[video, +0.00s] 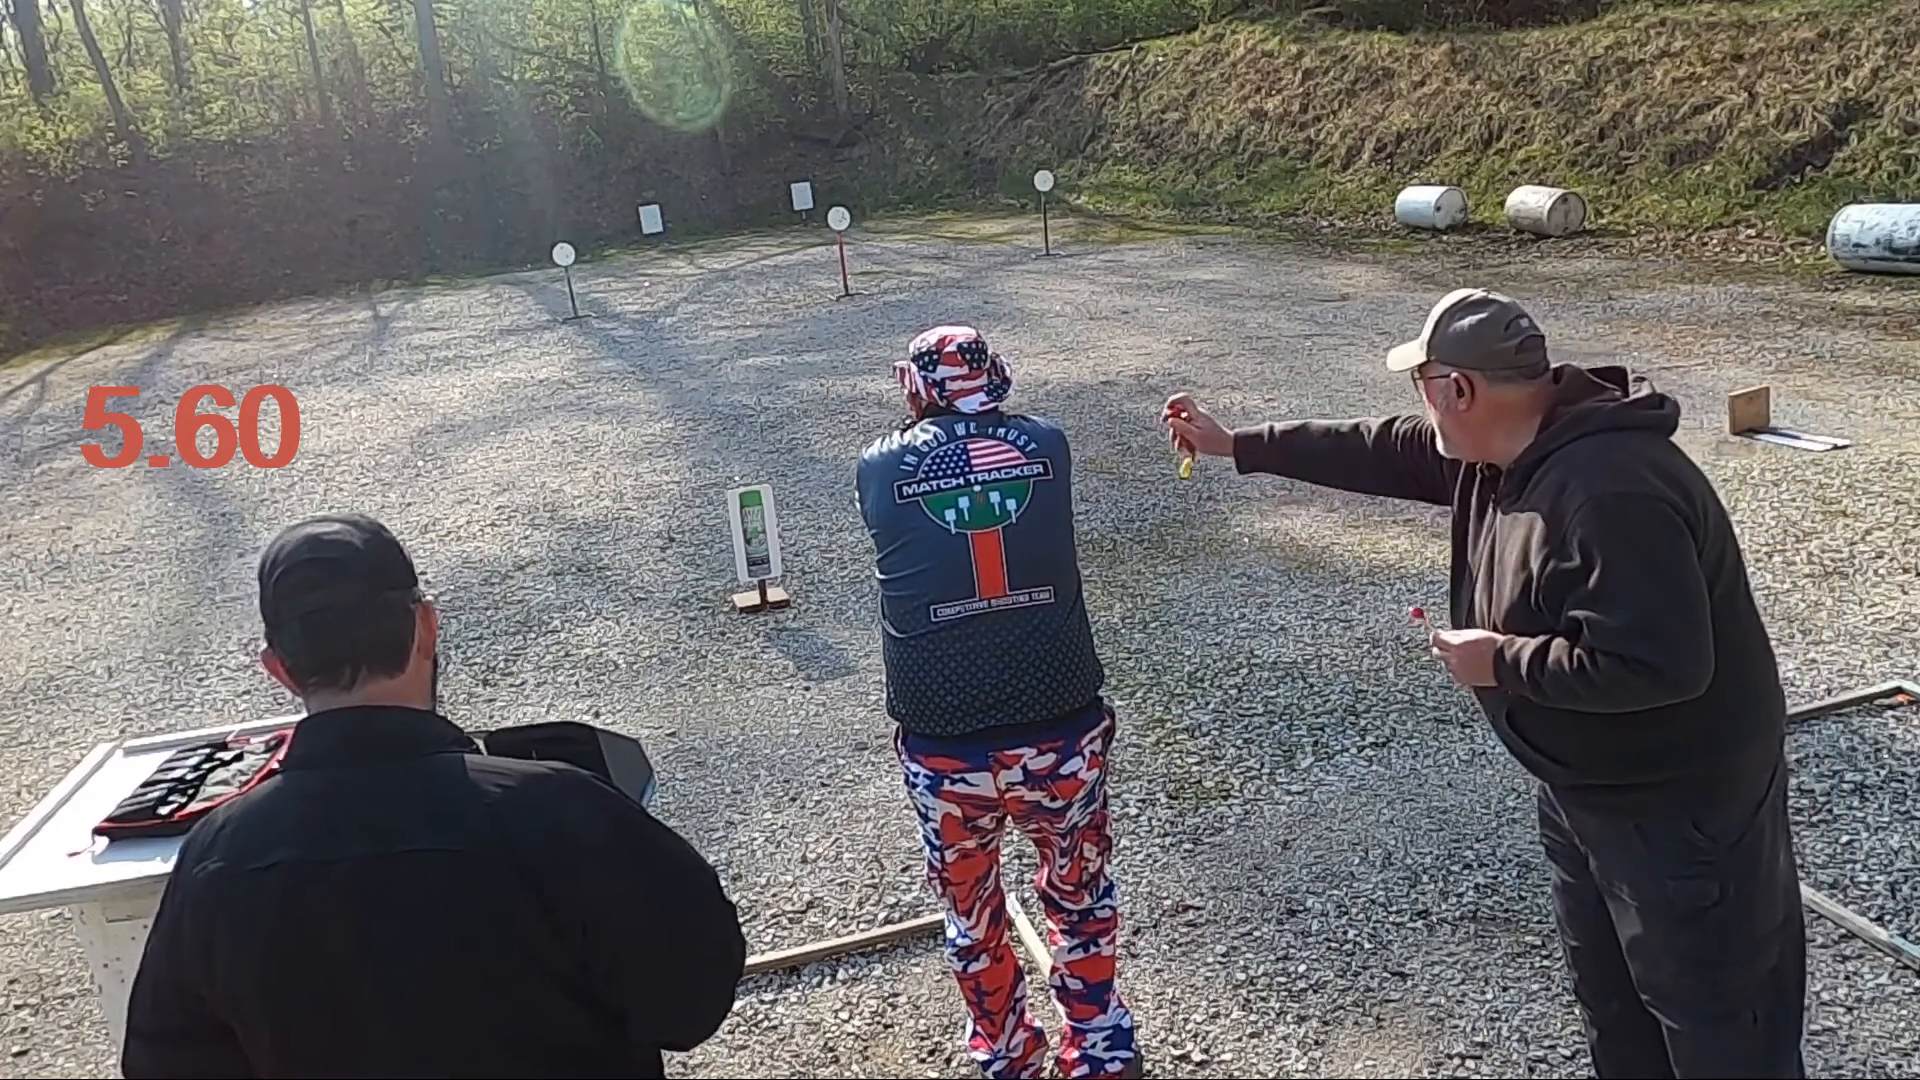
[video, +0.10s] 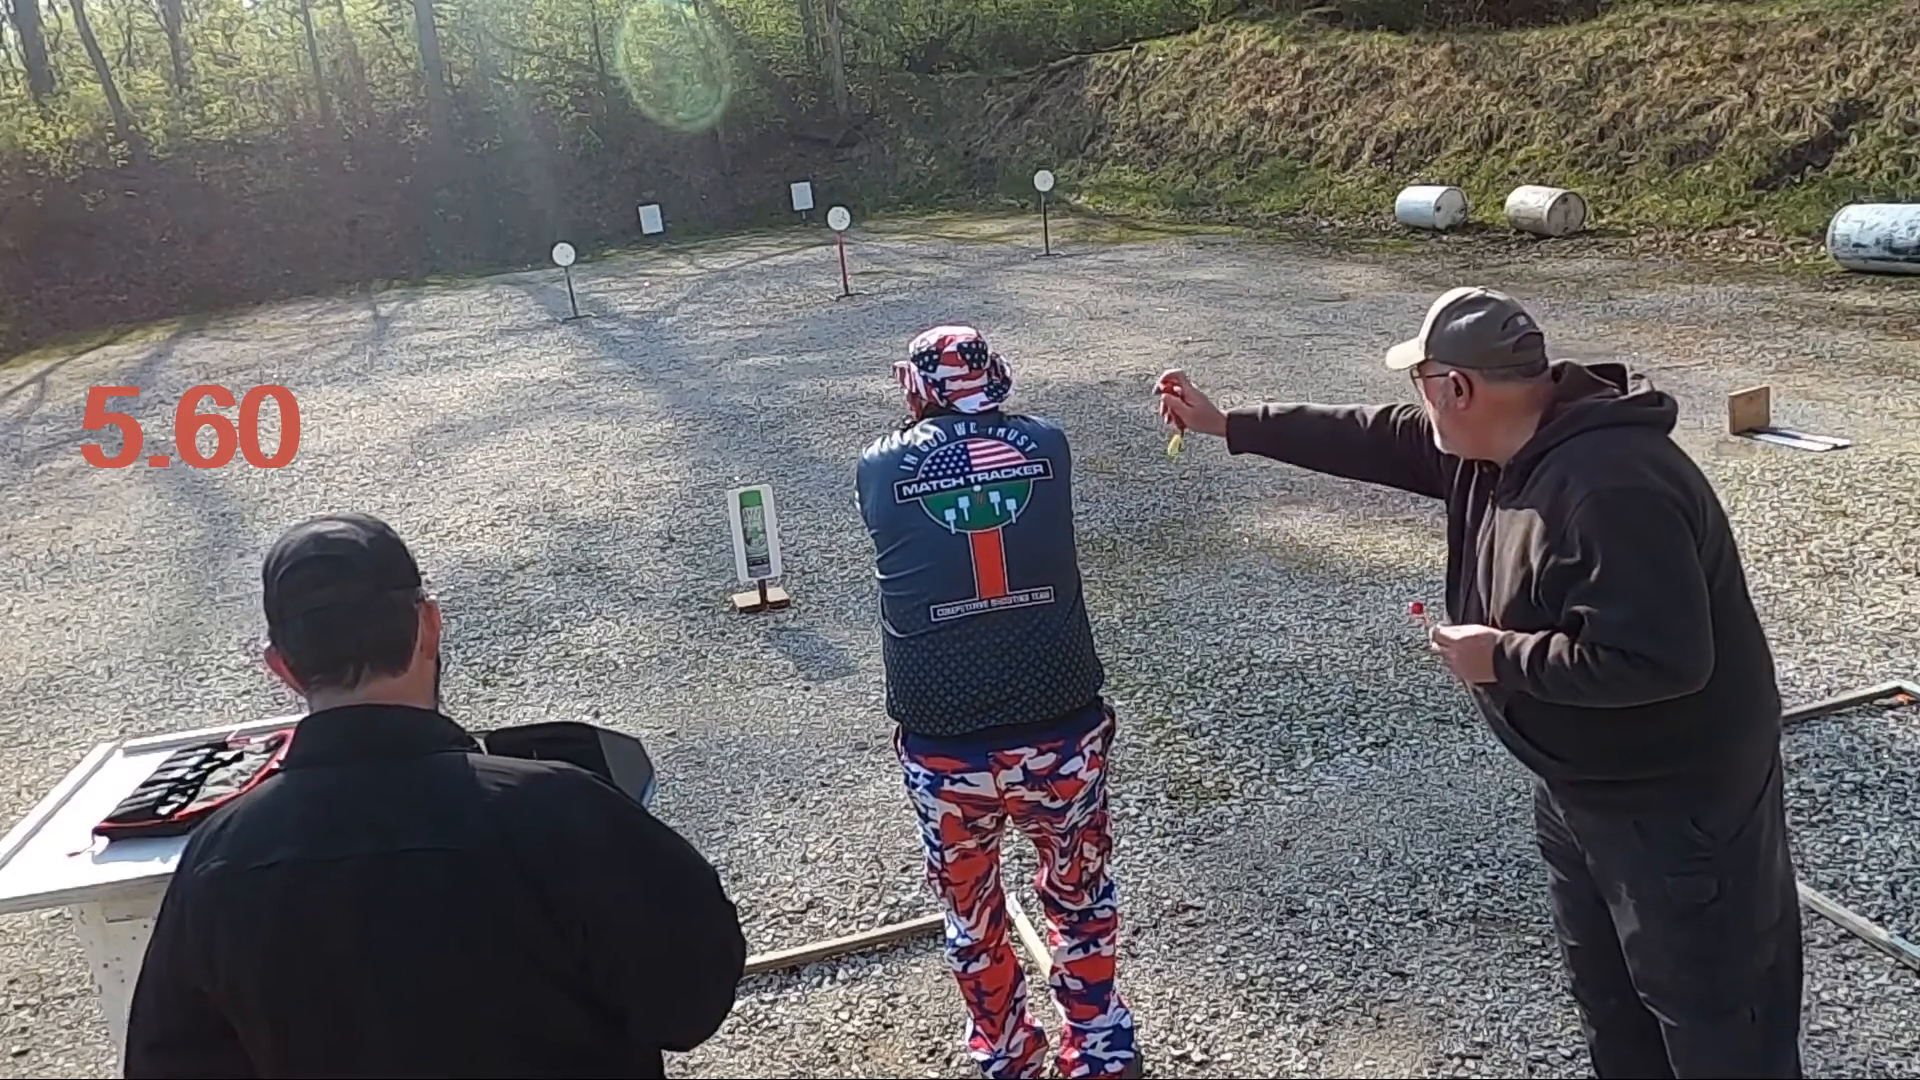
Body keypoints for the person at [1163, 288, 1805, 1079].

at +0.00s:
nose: (1422, 404)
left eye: (1424, 388)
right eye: (1422, 388)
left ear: (1462, 391)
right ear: (1484, 387)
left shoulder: (1612, 492)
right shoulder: (1502, 454)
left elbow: (1664, 666)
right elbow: (1381, 451)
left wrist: (1503, 660)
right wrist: (1233, 444)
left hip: (1687, 812)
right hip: (1589, 796)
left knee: (1723, 1042)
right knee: (1622, 1027)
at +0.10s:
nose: (1420, 402)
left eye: (1422, 386)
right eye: (1420, 387)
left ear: (1459, 389)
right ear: (1477, 386)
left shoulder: (1614, 488)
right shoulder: (1491, 453)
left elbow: (1664, 661)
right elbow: (1368, 441)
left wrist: (1503, 655)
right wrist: (1226, 423)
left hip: (1685, 808)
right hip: (1587, 793)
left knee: (1720, 1039)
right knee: (1620, 1023)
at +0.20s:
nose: (1417, 404)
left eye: (1418, 388)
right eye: (1416, 389)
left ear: (1454, 389)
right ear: (1474, 385)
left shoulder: (1612, 487)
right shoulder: (1489, 453)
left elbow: (1667, 657)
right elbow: (1365, 438)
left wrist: (1504, 654)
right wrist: (1221, 415)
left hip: (1684, 806)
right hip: (1583, 791)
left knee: (1719, 1035)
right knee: (1617, 1017)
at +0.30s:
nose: (1413, 405)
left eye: (1415, 390)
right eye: (1412, 391)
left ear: (1452, 392)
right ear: (1471, 387)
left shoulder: (1610, 486)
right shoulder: (1482, 452)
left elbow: (1667, 653)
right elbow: (1359, 438)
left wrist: (1505, 654)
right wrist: (1217, 416)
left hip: (1684, 804)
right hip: (1582, 788)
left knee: (1718, 1030)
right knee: (1614, 1011)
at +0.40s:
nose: (1410, 408)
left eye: (1412, 393)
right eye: (1408, 394)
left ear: (1449, 396)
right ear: (1473, 389)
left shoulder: (1610, 486)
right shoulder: (1480, 454)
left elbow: (1671, 652)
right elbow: (1356, 441)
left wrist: (1507, 656)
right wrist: (1211, 420)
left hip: (1687, 806)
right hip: (1582, 793)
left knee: (1724, 1032)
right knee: (1616, 1017)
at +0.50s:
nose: (1409, 408)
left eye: (1410, 393)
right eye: (1407, 394)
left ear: (1446, 397)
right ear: (1478, 387)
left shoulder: (1610, 485)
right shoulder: (1472, 457)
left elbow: (1675, 648)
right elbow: (1355, 442)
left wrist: (1511, 656)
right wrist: (1207, 424)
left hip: (1692, 805)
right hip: (1582, 794)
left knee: (1730, 1032)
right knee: (1619, 1025)